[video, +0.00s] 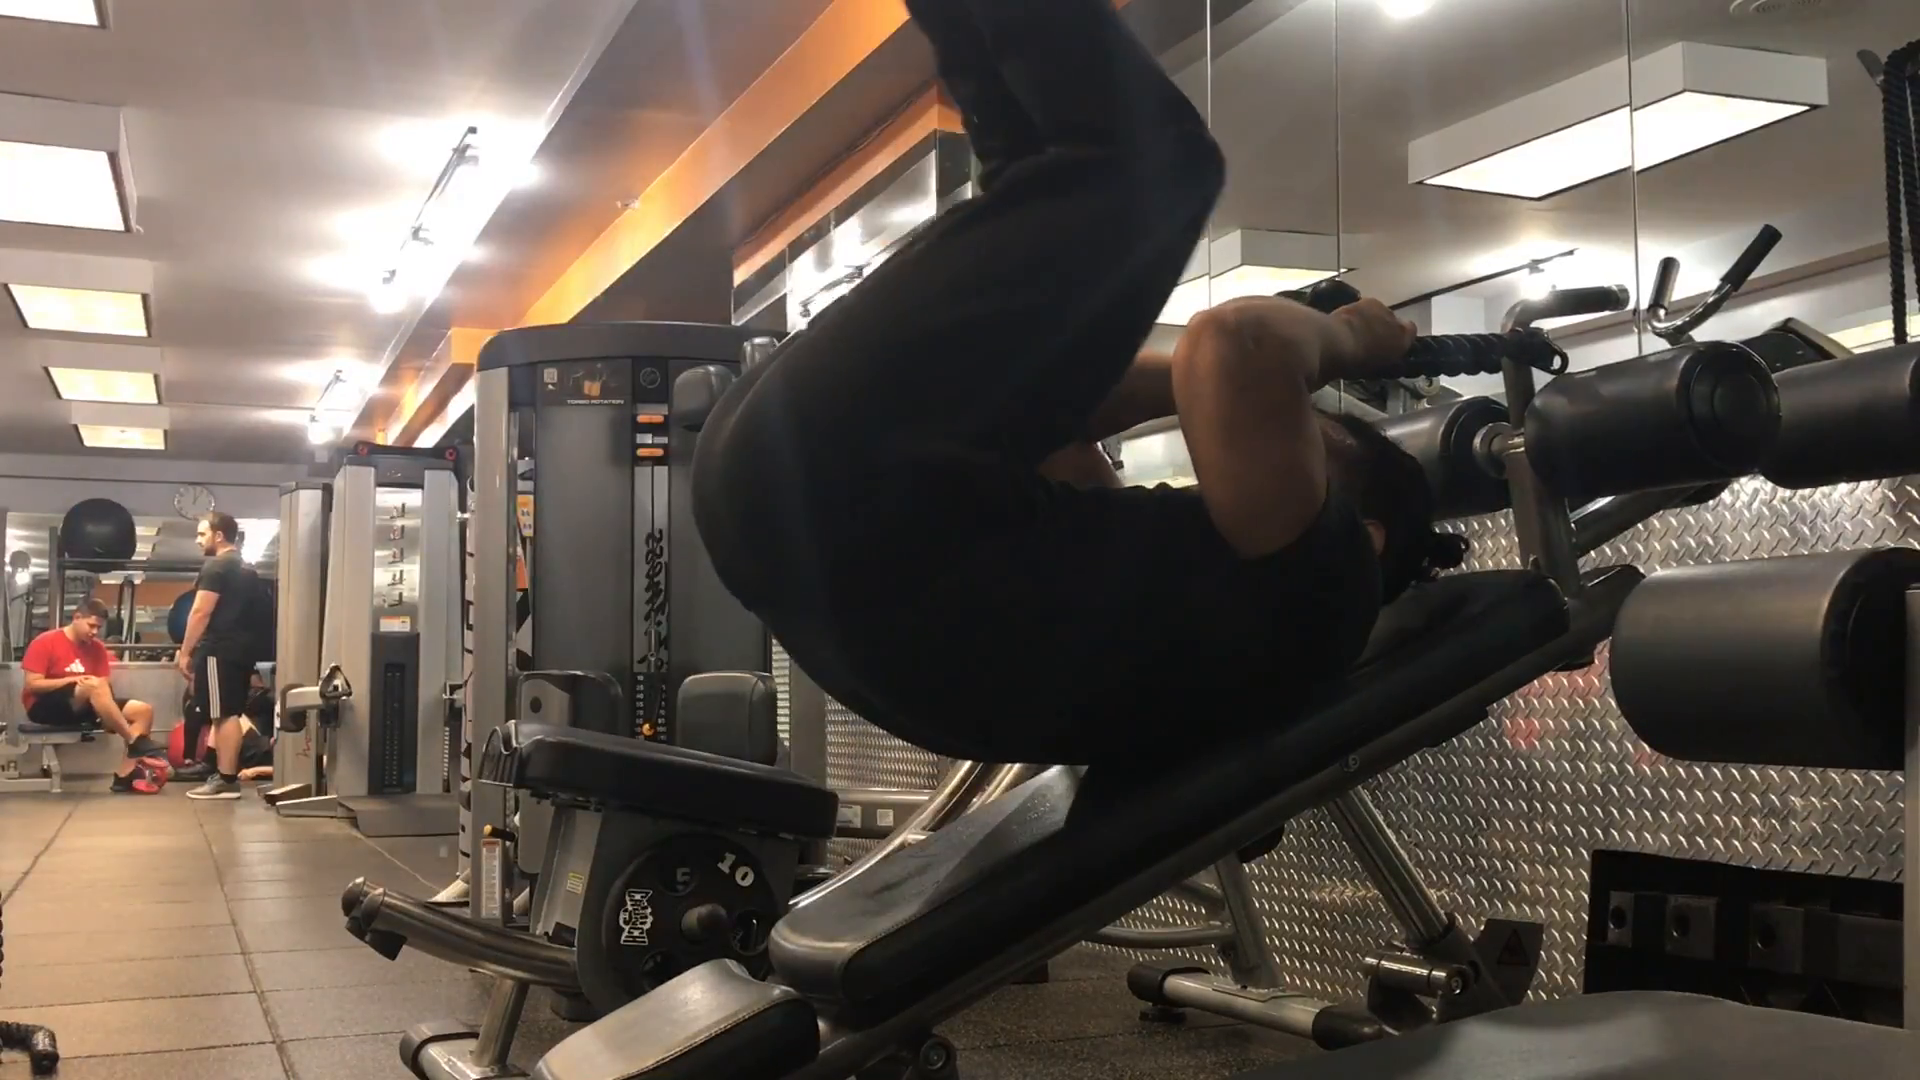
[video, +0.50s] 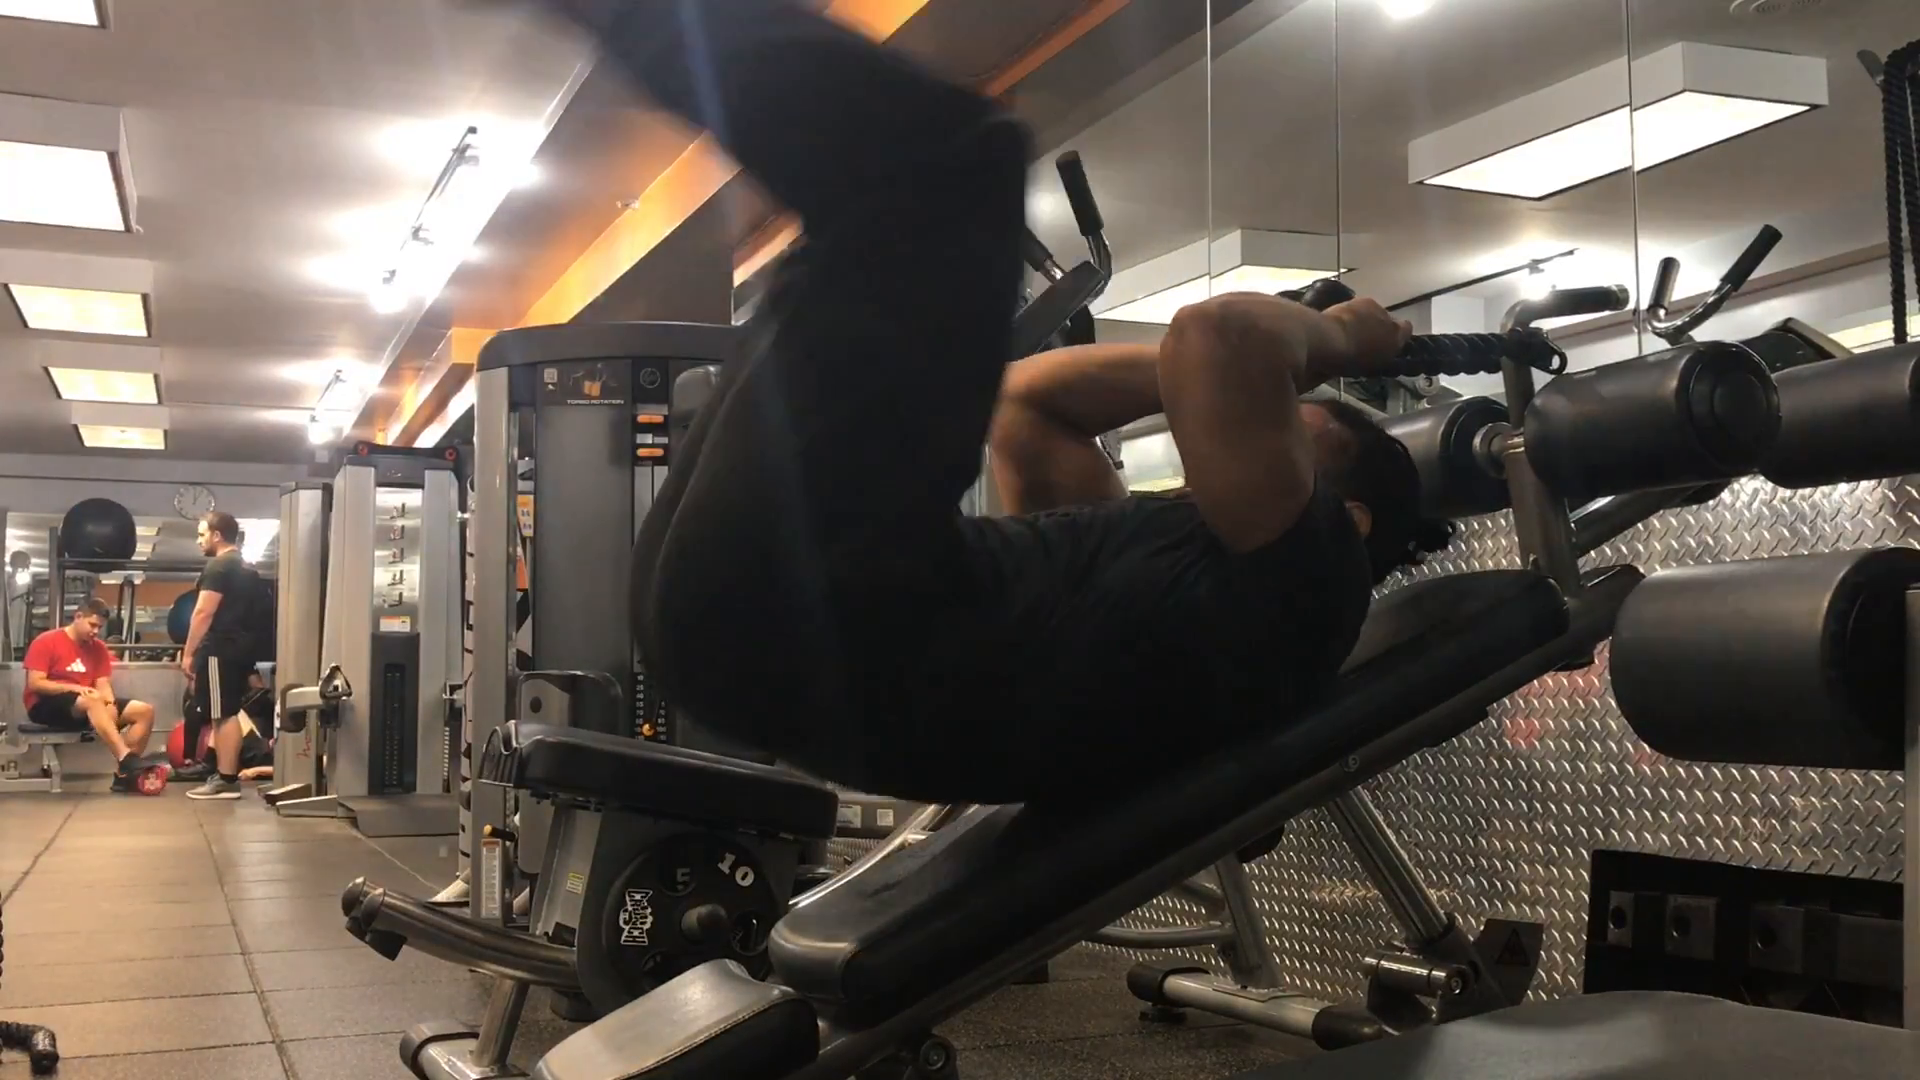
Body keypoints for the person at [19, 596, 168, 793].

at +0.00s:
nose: (94, 632)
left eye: (98, 628)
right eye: (91, 626)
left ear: (102, 627)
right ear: (76, 618)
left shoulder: (97, 649)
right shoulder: (45, 642)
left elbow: (104, 686)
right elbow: (32, 684)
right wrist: (74, 680)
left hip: (84, 707)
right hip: (45, 708)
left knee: (143, 711)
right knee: (97, 685)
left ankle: (124, 775)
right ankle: (133, 741)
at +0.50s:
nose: (95, 632)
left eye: (99, 628)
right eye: (92, 625)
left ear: (102, 627)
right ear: (77, 616)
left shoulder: (98, 648)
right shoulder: (46, 641)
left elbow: (103, 684)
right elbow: (35, 683)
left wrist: (110, 704)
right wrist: (76, 689)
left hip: (84, 706)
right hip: (46, 705)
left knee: (144, 712)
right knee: (94, 701)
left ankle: (123, 776)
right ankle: (125, 757)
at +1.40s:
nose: (92, 632)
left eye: (96, 628)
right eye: (88, 627)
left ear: (100, 626)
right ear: (74, 617)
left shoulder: (98, 646)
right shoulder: (45, 644)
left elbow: (101, 684)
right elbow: (38, 687)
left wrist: (108, 706)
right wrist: (77, 696)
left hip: (85, 703)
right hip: (47, 706)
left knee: (143, 711)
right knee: (90, 712)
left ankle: (129, 773)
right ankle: (107, 777)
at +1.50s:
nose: (91, 632)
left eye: (95, 627)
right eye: (87, 626)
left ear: (99, 625)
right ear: (73, 618)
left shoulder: (97, 647)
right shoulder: (45, 643)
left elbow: (101, 683)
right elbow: (38, 687)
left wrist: (106, 708)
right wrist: (77, 695)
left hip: (82, 704)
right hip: (44, 704)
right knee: (88, 712)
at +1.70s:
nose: (90, 631)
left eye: (95, 626)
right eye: (86, 625)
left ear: (98, 625)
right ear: (71, 618)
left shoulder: (97, 647)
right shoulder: (44, 644)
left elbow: (101, 684)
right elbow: (38, 686)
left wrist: (108, 706)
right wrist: (78, 695)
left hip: (85, 702)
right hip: (47, 705)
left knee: (143, 712)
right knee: (90, 714)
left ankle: (129, 773)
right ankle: (108, 777)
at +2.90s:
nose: (80, 622)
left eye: (86, 618)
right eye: (77, 616)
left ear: (90, 620)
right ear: (62, 611)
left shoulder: (88, 645)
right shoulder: (37, 639)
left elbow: (95, 683)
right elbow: (35, 681)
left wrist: (112, 691)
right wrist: (77, 688)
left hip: (80, 701)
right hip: (43, 702)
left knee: (142, 712)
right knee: (90, 701)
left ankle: (126, 774)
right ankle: (87, 771)